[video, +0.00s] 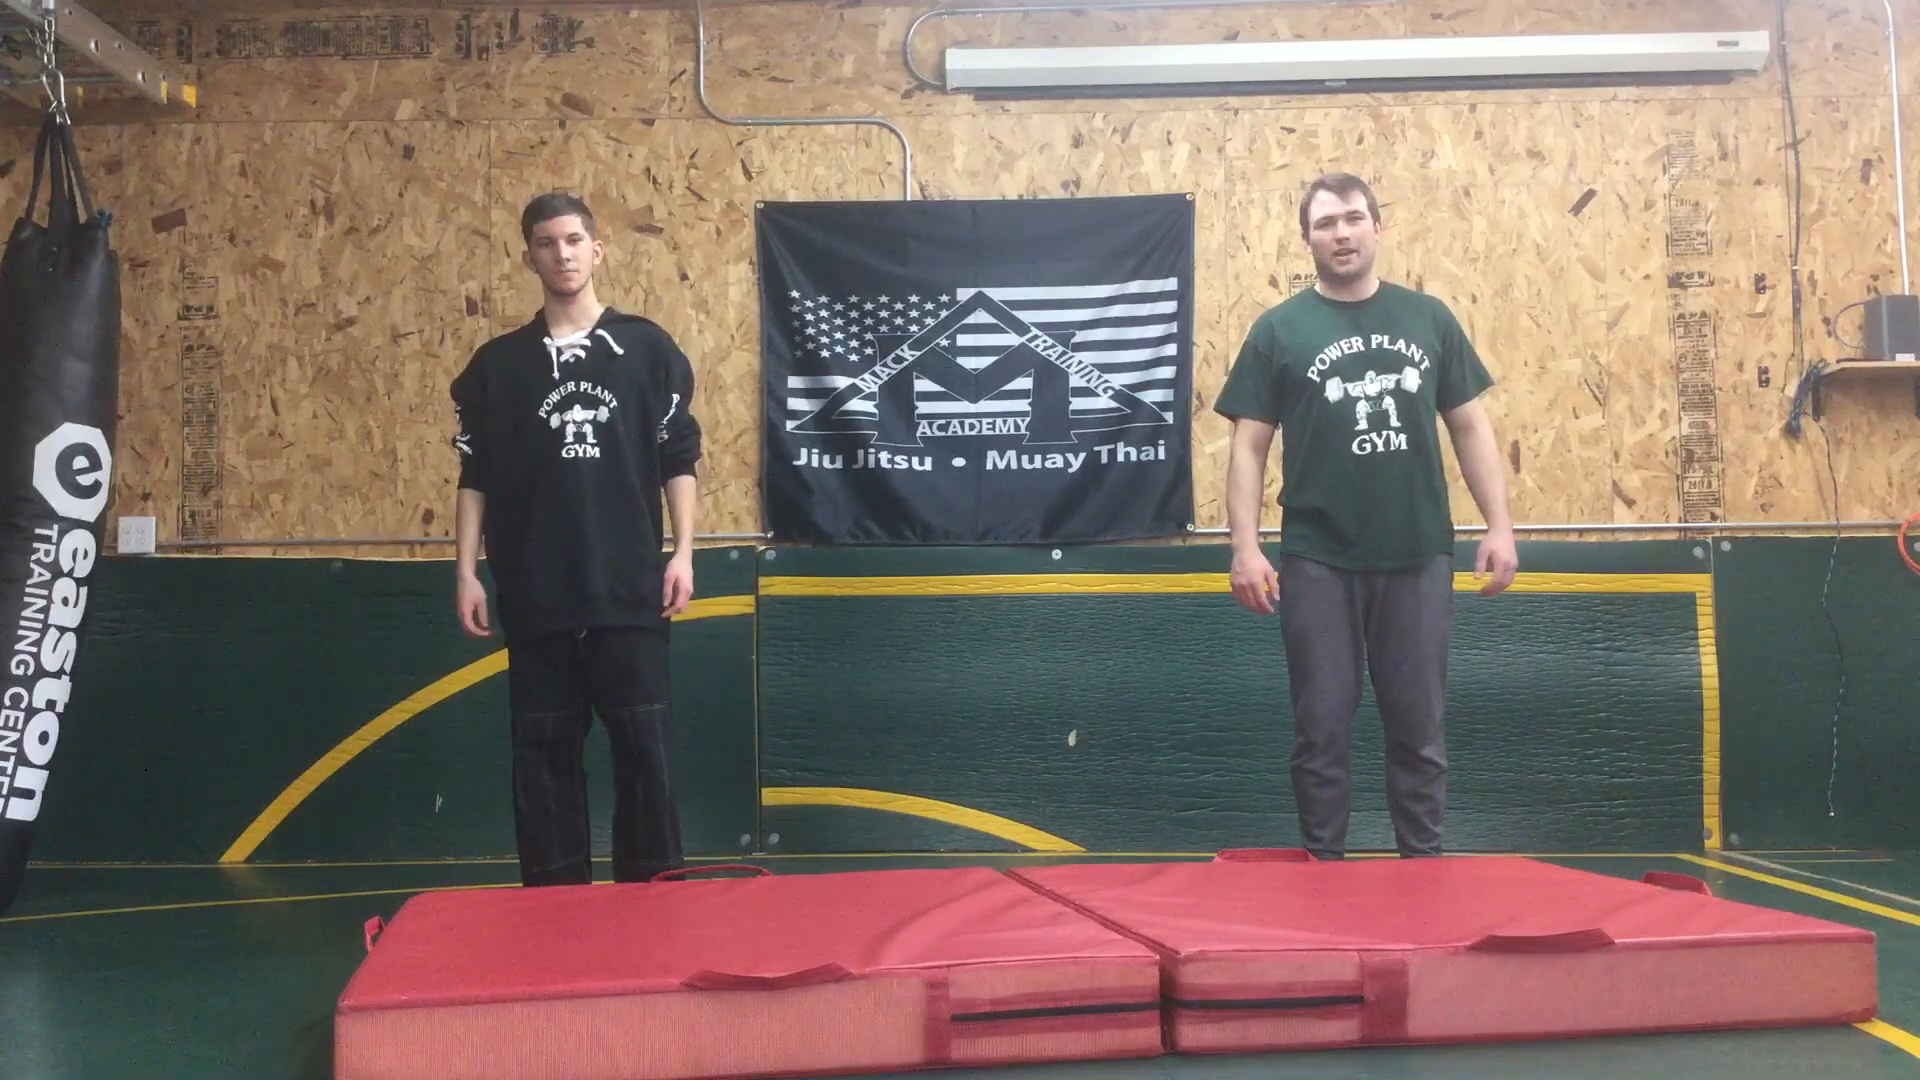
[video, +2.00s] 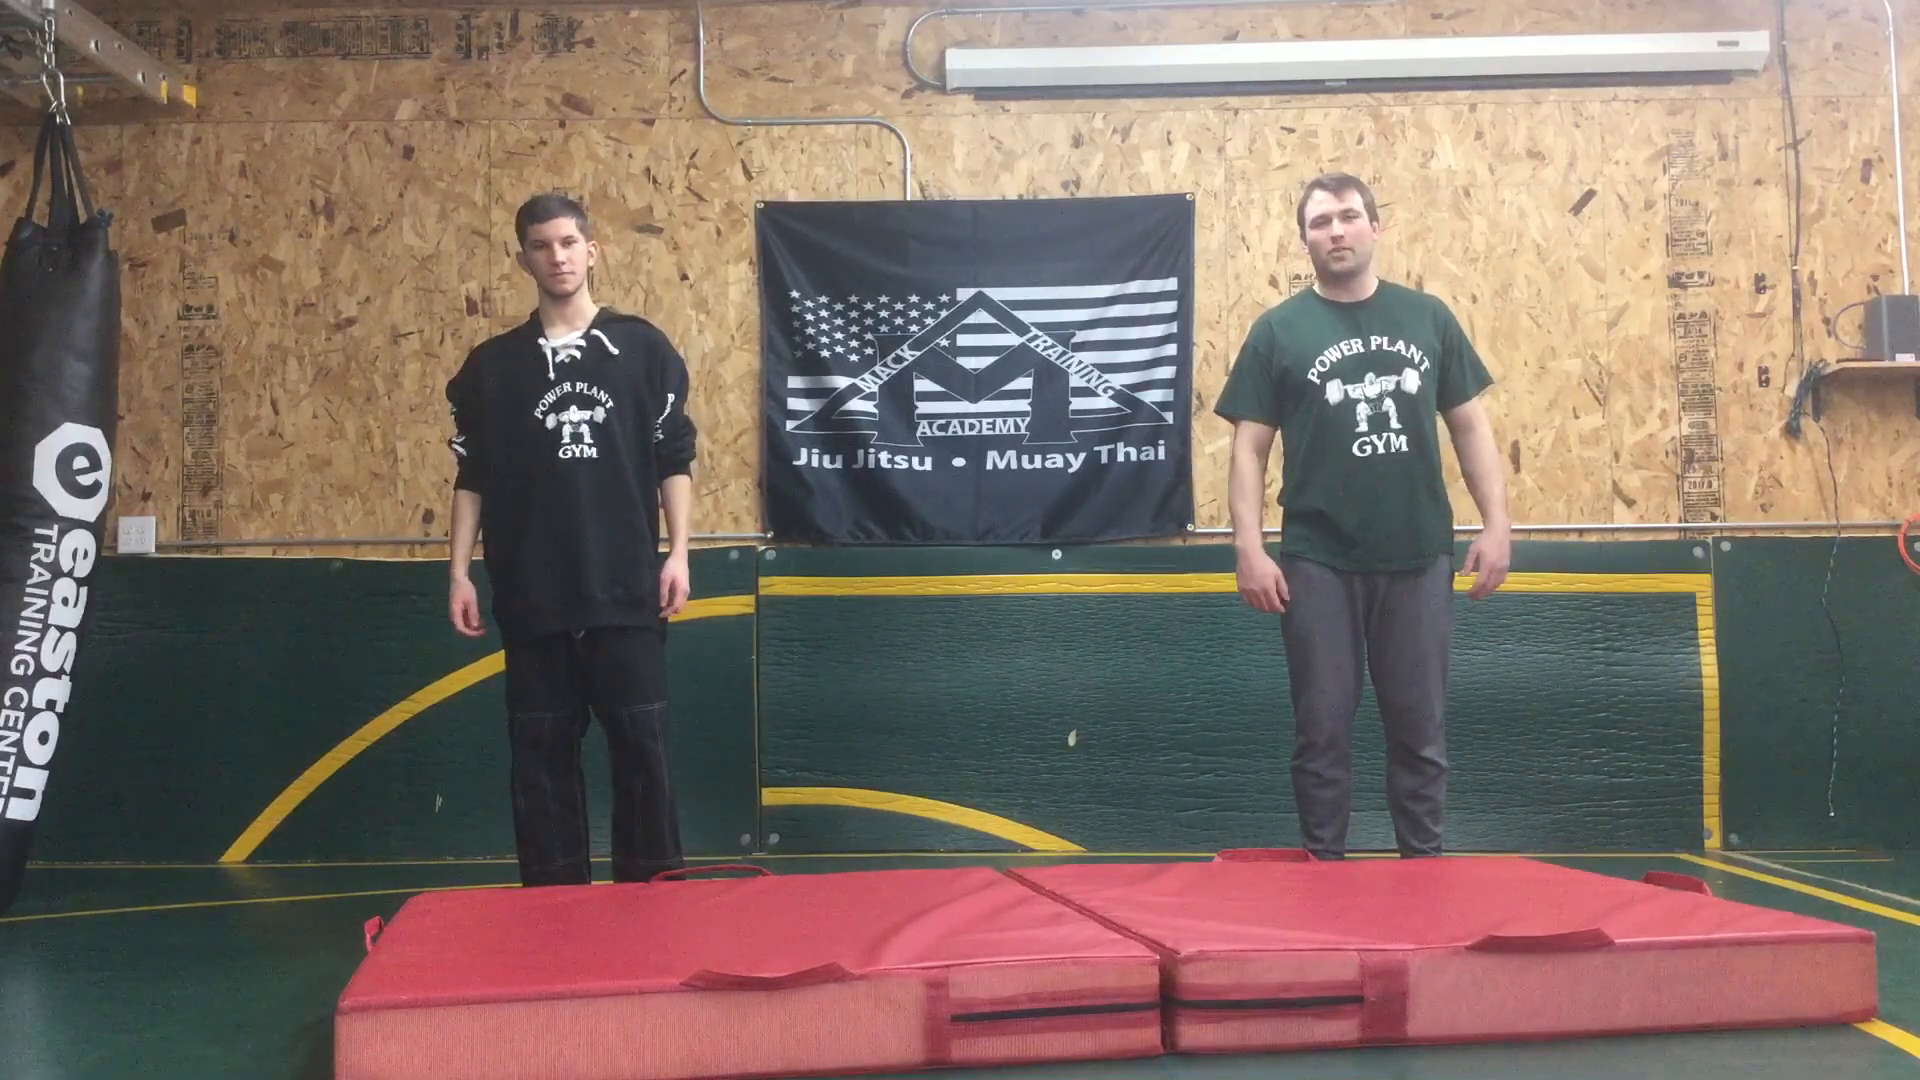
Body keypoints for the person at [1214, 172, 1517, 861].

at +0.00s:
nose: (1342, 233)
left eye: (1353, 219)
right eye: (1325, 224)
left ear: (1378, 228)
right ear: (1307, 240)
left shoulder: (1428, 318)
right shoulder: (1279, 331)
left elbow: (1469, 425)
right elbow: (1249, 446)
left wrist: (1500, 525)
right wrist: (1245, 546)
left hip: (1416, 553)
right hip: (1317, 556)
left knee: (1418, 726)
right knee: (1322, 725)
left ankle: (1423, 869)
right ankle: (1323, 870)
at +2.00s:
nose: (1336, 230)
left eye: (1348, 217)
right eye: (1320, 222)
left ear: (1376, 229)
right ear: (1304, 241)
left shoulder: (1428, 318)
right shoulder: (1278, 331)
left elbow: (1468, 426)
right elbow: (1249, 446)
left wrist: (1497, 525)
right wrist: (1249, 547)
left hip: (1417, 555)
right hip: (1317, 557)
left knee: (1419, 726)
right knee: (1322, 725)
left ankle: (1423, 870)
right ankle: (1324, 871)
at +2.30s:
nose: (1331, 236)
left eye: (1343, 221)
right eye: (1315, 227)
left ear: (1372, 228)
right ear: (1300, 243)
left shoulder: (1428, 318)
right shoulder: (1277, 332)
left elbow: (1468, 426)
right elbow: (1249, 448)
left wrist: (1497, 525)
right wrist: (1248, 549)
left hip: (1417, 555)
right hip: (1317, 558)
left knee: (1419, 727)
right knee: (1323, 725)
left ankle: (1423, 870)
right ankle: (1323, 871)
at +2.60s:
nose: (1327, 237)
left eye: (1340, 222)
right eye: (1312, 228)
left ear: (1371, 229)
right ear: (1300, 244)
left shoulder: (1426, 316)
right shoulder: (1277, 332)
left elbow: (1470, 419)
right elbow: (1246, 445)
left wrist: (1504, 516)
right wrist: (1244, 539)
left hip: (1417, 554)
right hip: (1317, 557)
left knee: (1420, 726)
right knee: (1322, 724)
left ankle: (1423, 868)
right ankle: (1323, 870)